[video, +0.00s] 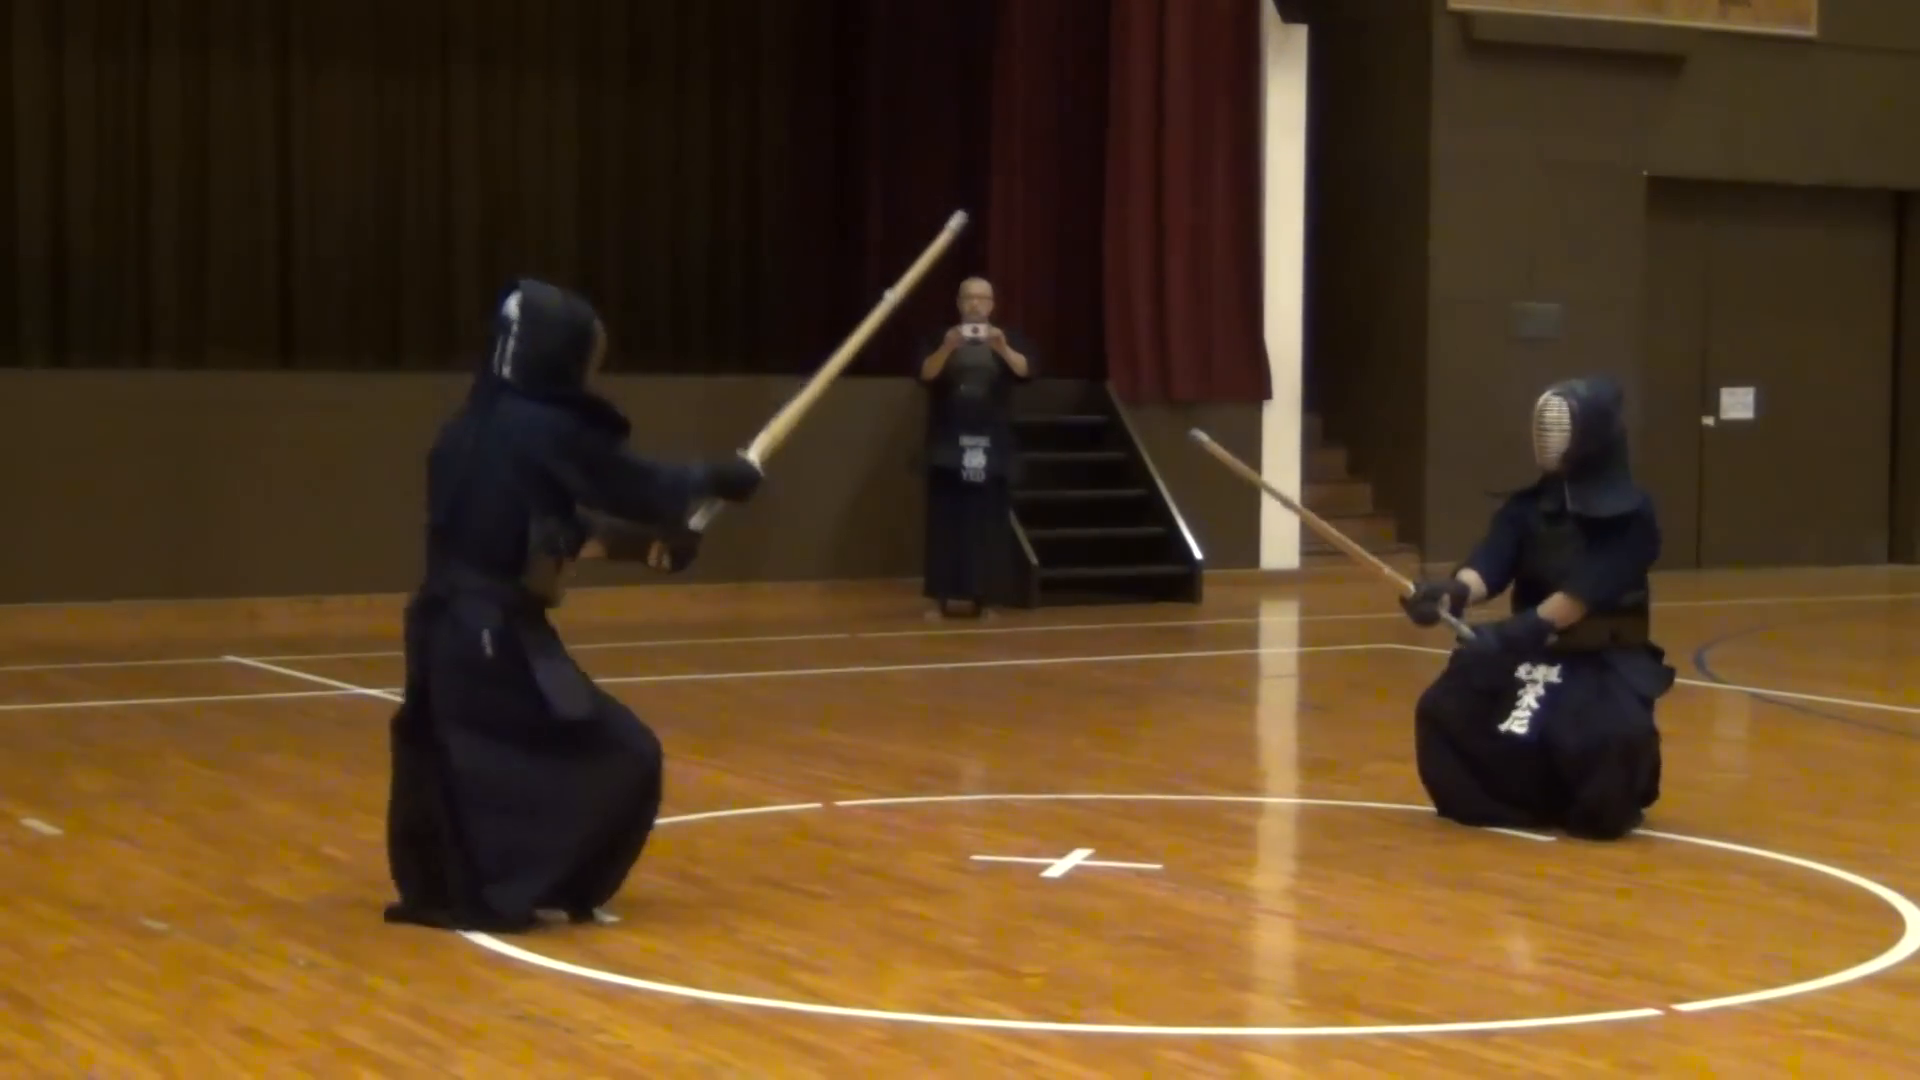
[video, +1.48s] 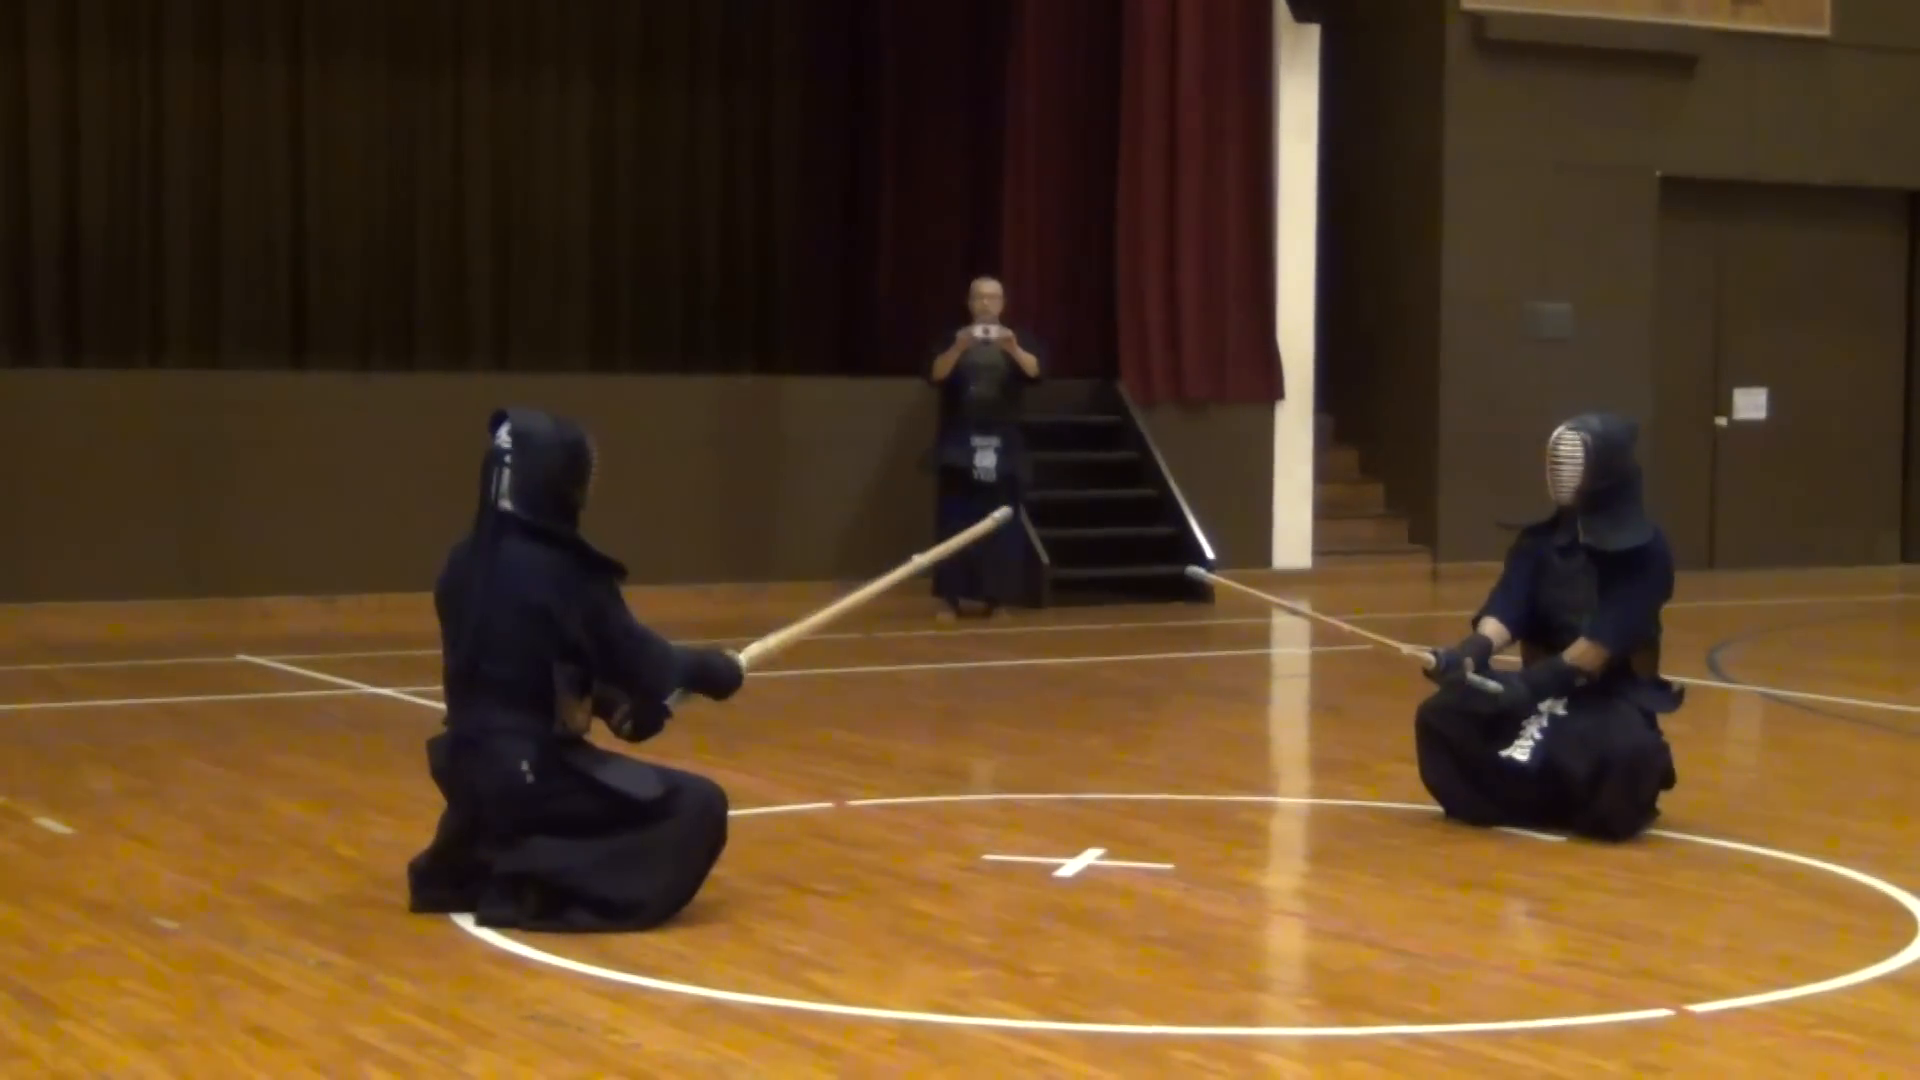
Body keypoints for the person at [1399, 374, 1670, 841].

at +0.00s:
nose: (1544, 436)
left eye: (1557, 425)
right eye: (1542, 425)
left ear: (1593, 433)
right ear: (1536, 429)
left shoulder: (1627, 513)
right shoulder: (1527, 506)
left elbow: (1587, 592)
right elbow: (1493, 561)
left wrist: (1512, 634)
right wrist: (1454, 591)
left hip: (1606, 659)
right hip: (1528, 651)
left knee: (1604, 733)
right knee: (1445, 709)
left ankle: (1605, 810)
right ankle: (1499, 804)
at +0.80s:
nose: (1563, 468)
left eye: (1576, 458)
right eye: (1561, 457)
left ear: (1611, 465)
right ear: (1555, 460)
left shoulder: (1649, 548)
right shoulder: (1544, 534)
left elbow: (1607, 639)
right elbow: (1513, 603)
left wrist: (1531, 681)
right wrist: (1478, 641)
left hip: (1613, 696)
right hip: (1538, 682)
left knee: (1629, 752)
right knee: (1447, 716)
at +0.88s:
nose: (1559, 471)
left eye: (1572, 459)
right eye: (1556, 459)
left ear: (1606, 467)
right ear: (1549, 462)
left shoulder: (1642, 548)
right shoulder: (1538, 537)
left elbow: (1602, 641)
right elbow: (1508, 604)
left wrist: (1528, 683)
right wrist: (1474, 642)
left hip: (1610, 699)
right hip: (1534, 685)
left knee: (1626, 750)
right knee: (1441, 717)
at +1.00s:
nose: (1559, 472)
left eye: (1572, 460)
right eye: (1556, 460)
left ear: (1607, 467)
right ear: (1549, 463)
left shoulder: (1643, 549)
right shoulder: (1539, 537)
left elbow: (1603, 642)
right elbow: (1509, 604)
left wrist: (1528, 686)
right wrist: (1475, 643)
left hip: (1608, 699)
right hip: (1532, 687)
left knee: (1626, 752)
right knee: (1441, 717)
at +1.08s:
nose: (1559, 471)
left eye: (1573, 459)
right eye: (1556, 458)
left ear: (1607, 467)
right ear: (1549, 462)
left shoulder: (1642, 548)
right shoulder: (1538, 537)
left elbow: (1602, 642)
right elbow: (1508, 606)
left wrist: (1528, 686)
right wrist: (1471, 644)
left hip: (1609, 698)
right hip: (1533, 685)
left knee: (1624, 753)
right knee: (1442, 717)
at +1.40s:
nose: (1560, 473)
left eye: (1574, 461)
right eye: (1557, 461)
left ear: (1607, 469)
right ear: (1550, 464)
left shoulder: (1643, 551)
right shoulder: (1538, 540)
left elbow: (1599, 647)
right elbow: (1506, 609)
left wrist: (1528, 686)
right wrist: (1471, 650)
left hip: (1609, 699)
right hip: (1532, 685)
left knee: (1628, 752)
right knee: (1440, 718)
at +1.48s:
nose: (1557, 474)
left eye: (1571, 463)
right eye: (1554, 463)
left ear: (1605, 469)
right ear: (1549, 466)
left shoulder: (1641, 550)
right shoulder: (1538, 541)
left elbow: (1600, 648)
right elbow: (1507, 611)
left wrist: (1528, 687)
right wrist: (1468, 652)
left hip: (1609, 701)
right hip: (1533, 687)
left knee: (1627, 755)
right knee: (1442, 717)